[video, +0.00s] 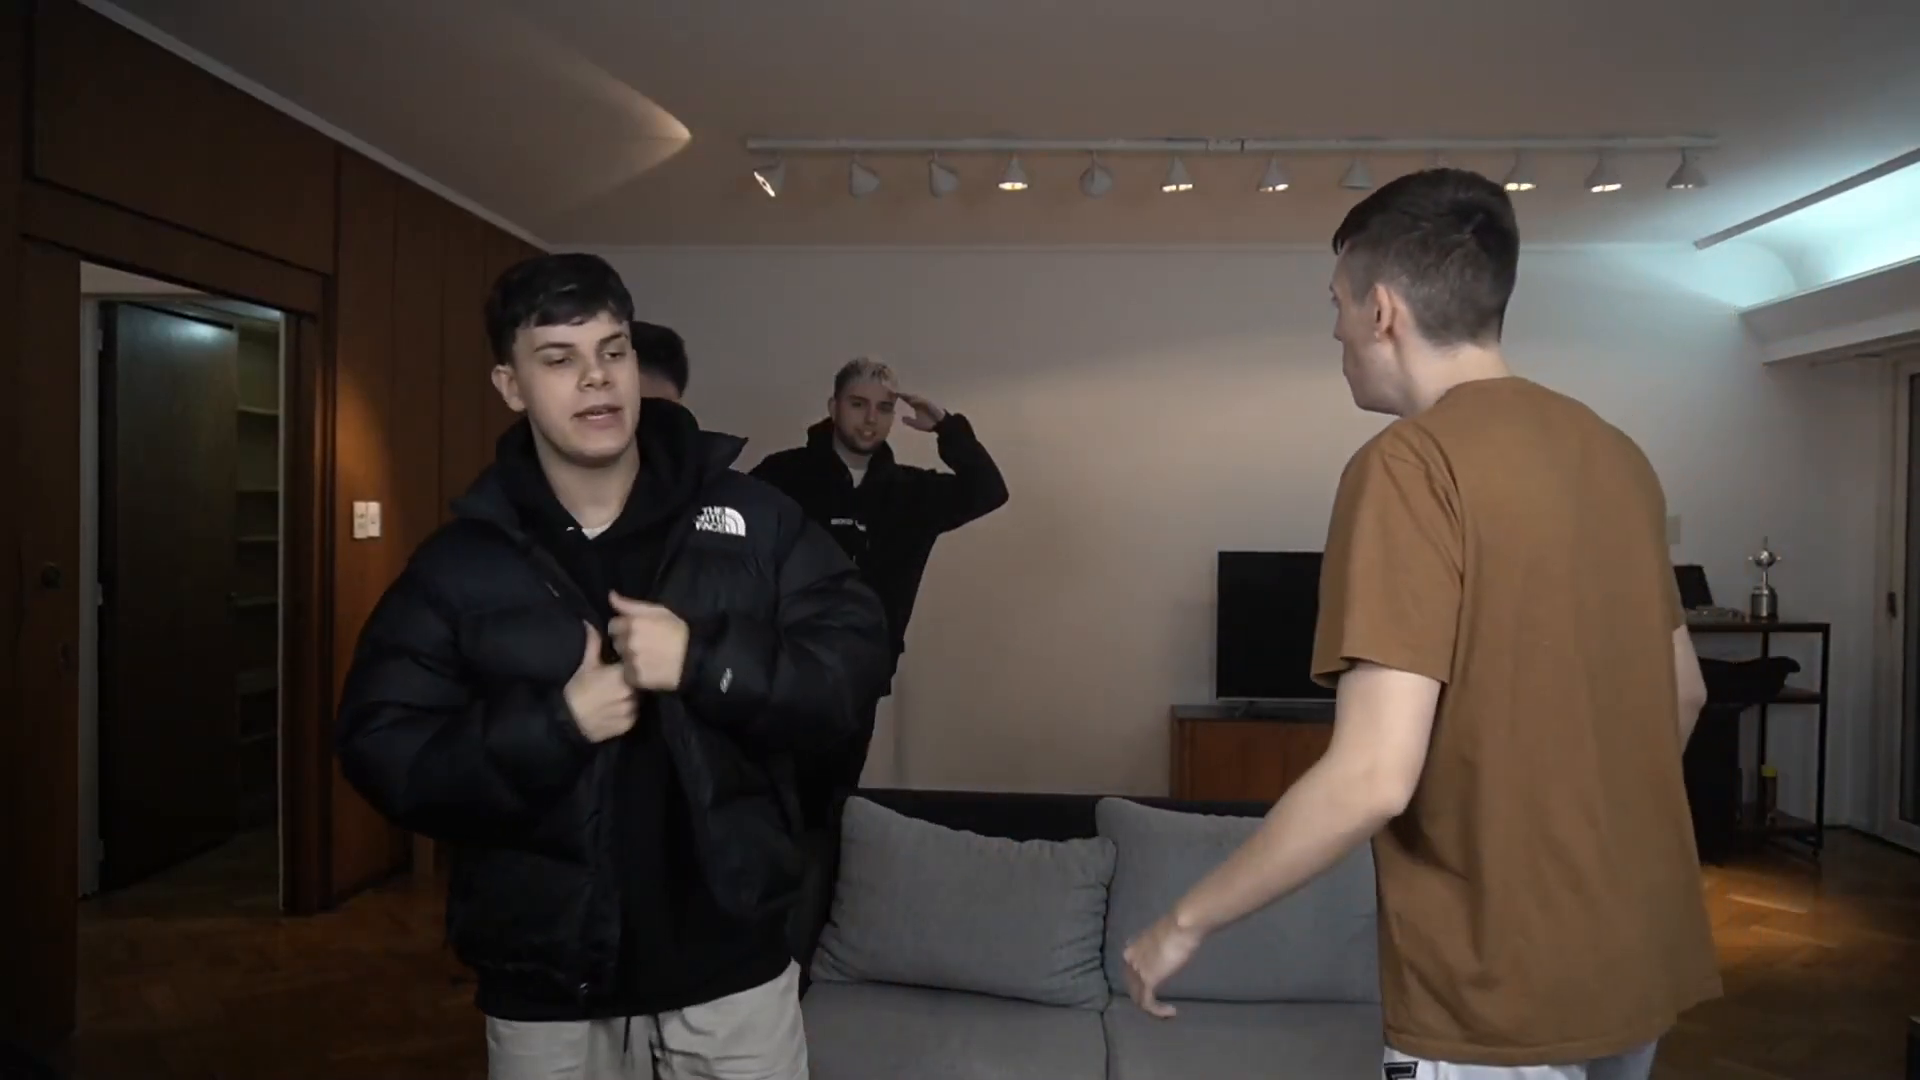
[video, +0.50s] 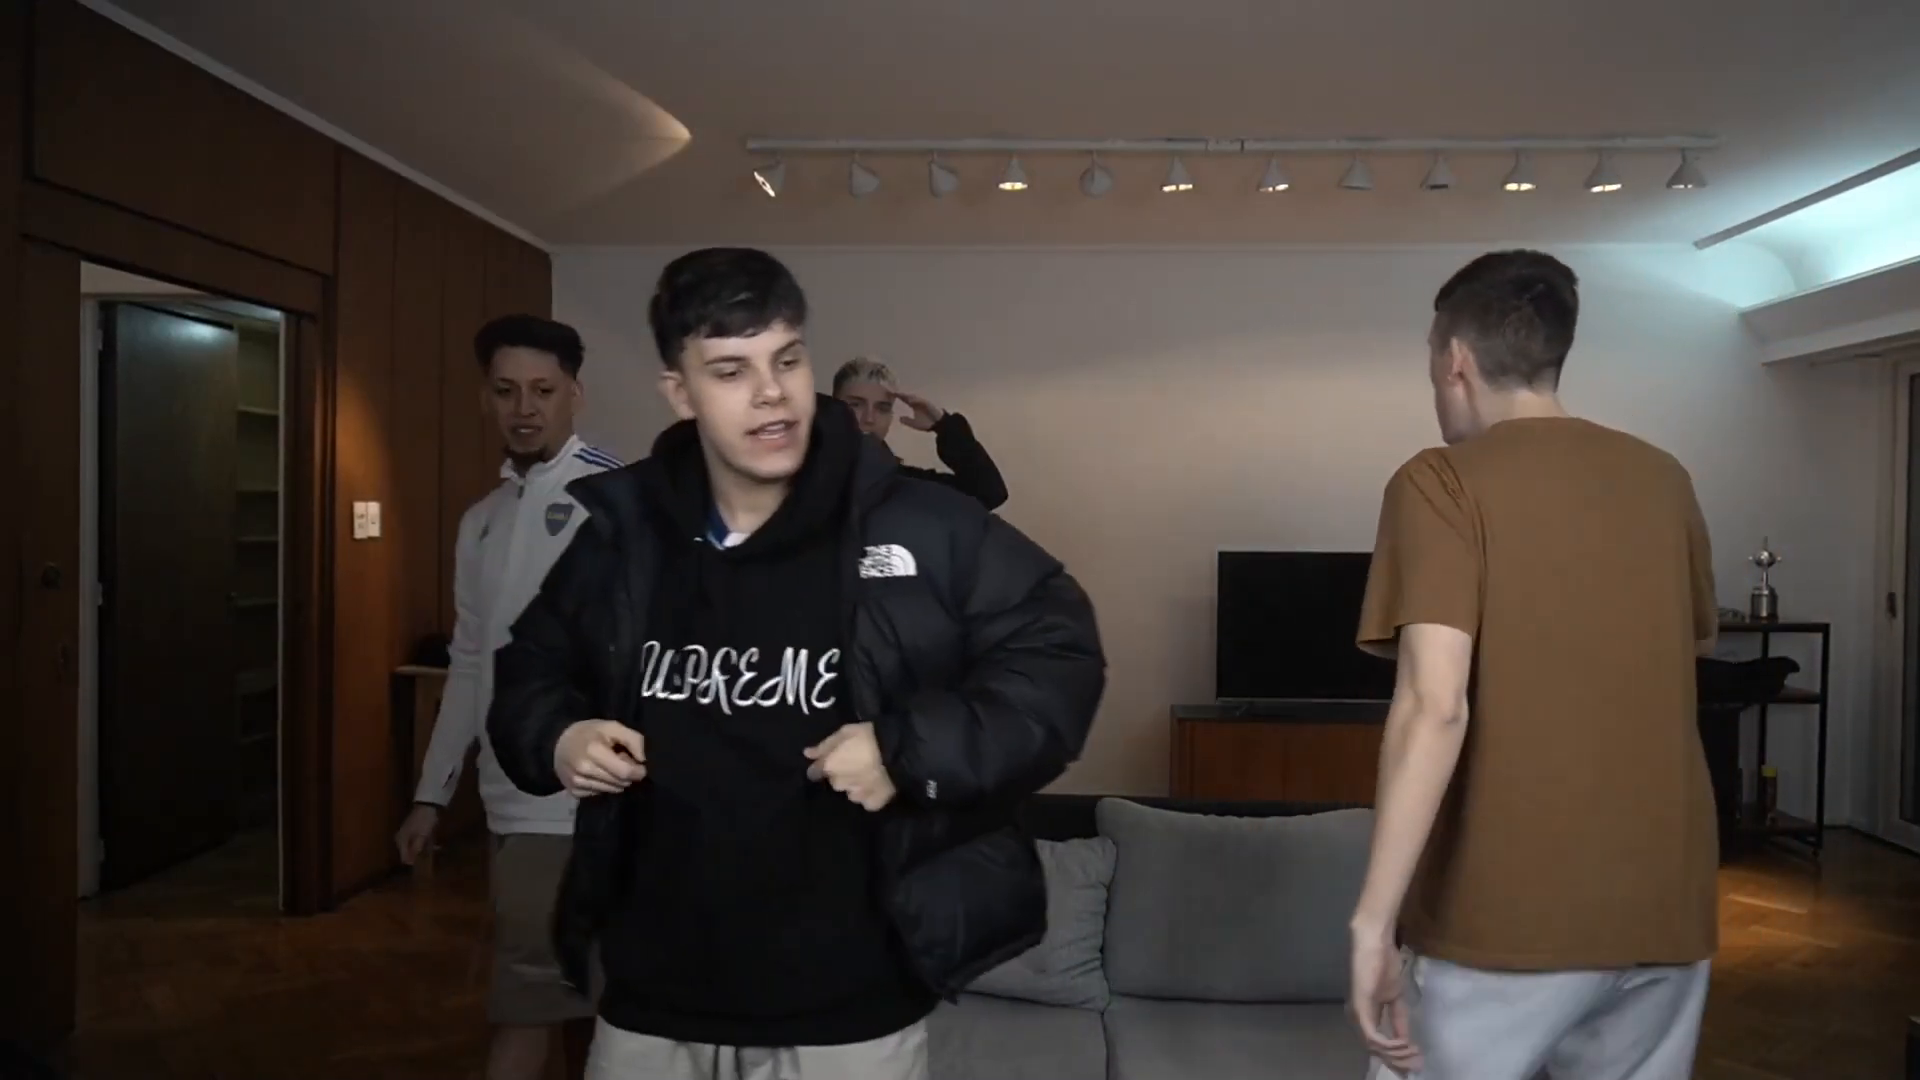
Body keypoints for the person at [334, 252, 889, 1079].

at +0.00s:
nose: (597, 381)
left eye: (614, 354)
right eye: (561, 359)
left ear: (640, 367)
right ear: (509, 384)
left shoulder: (746, 518)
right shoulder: (465, 561)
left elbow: (854, 669)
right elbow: (379, 742)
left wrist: (704, 660)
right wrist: (557, 725)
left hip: (730, 960)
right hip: (549, 976)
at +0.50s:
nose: (773, 394)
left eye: (787, 361)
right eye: (732, 371)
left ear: (810, 362)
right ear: (678, 389)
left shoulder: (923, 523)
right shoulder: (625, 530)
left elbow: (1059, 657)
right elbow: (525, 674)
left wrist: (912, 749)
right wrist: (558, 737)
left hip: (851, 1003)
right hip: (656, 997)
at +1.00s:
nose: (849, 384)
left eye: (875, 352)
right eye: (816, 357)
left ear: (909, 358)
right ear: (773, 373)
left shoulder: (1014, 553)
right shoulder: (704, 527)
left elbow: (1121, 719)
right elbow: (601, 661)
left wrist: (965, 780)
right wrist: (612, 714)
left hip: (891, 1018)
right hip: (705, 999)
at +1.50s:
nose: (802, 383)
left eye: (828, 354)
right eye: (770, 354)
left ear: (858, 366)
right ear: (721, 366)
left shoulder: (927, 545)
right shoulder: (610, 532)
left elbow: (1016, 724)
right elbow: (478, 697)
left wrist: (975, 757)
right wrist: (610, 749)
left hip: (850, 1009)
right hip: (650, 1009)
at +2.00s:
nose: (543, 392)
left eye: (564, 363)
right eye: (503, 364)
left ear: (587, 371)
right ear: (446, 377)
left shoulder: (612, 545)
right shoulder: (337, 566)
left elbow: (664, 682)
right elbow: (248, 772)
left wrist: (714, 726)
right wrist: (484, 788)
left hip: (615, 1002)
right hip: (425, 1022)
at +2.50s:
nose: (356, 387)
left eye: (374, 360)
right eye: (317, 360)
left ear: (394, 373)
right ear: (251, 377)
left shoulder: (404, 526)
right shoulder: (160, 545)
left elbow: (449, 674)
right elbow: (81, 752)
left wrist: (511, 701)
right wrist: (328, 751)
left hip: (390, 969)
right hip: (247, 994)